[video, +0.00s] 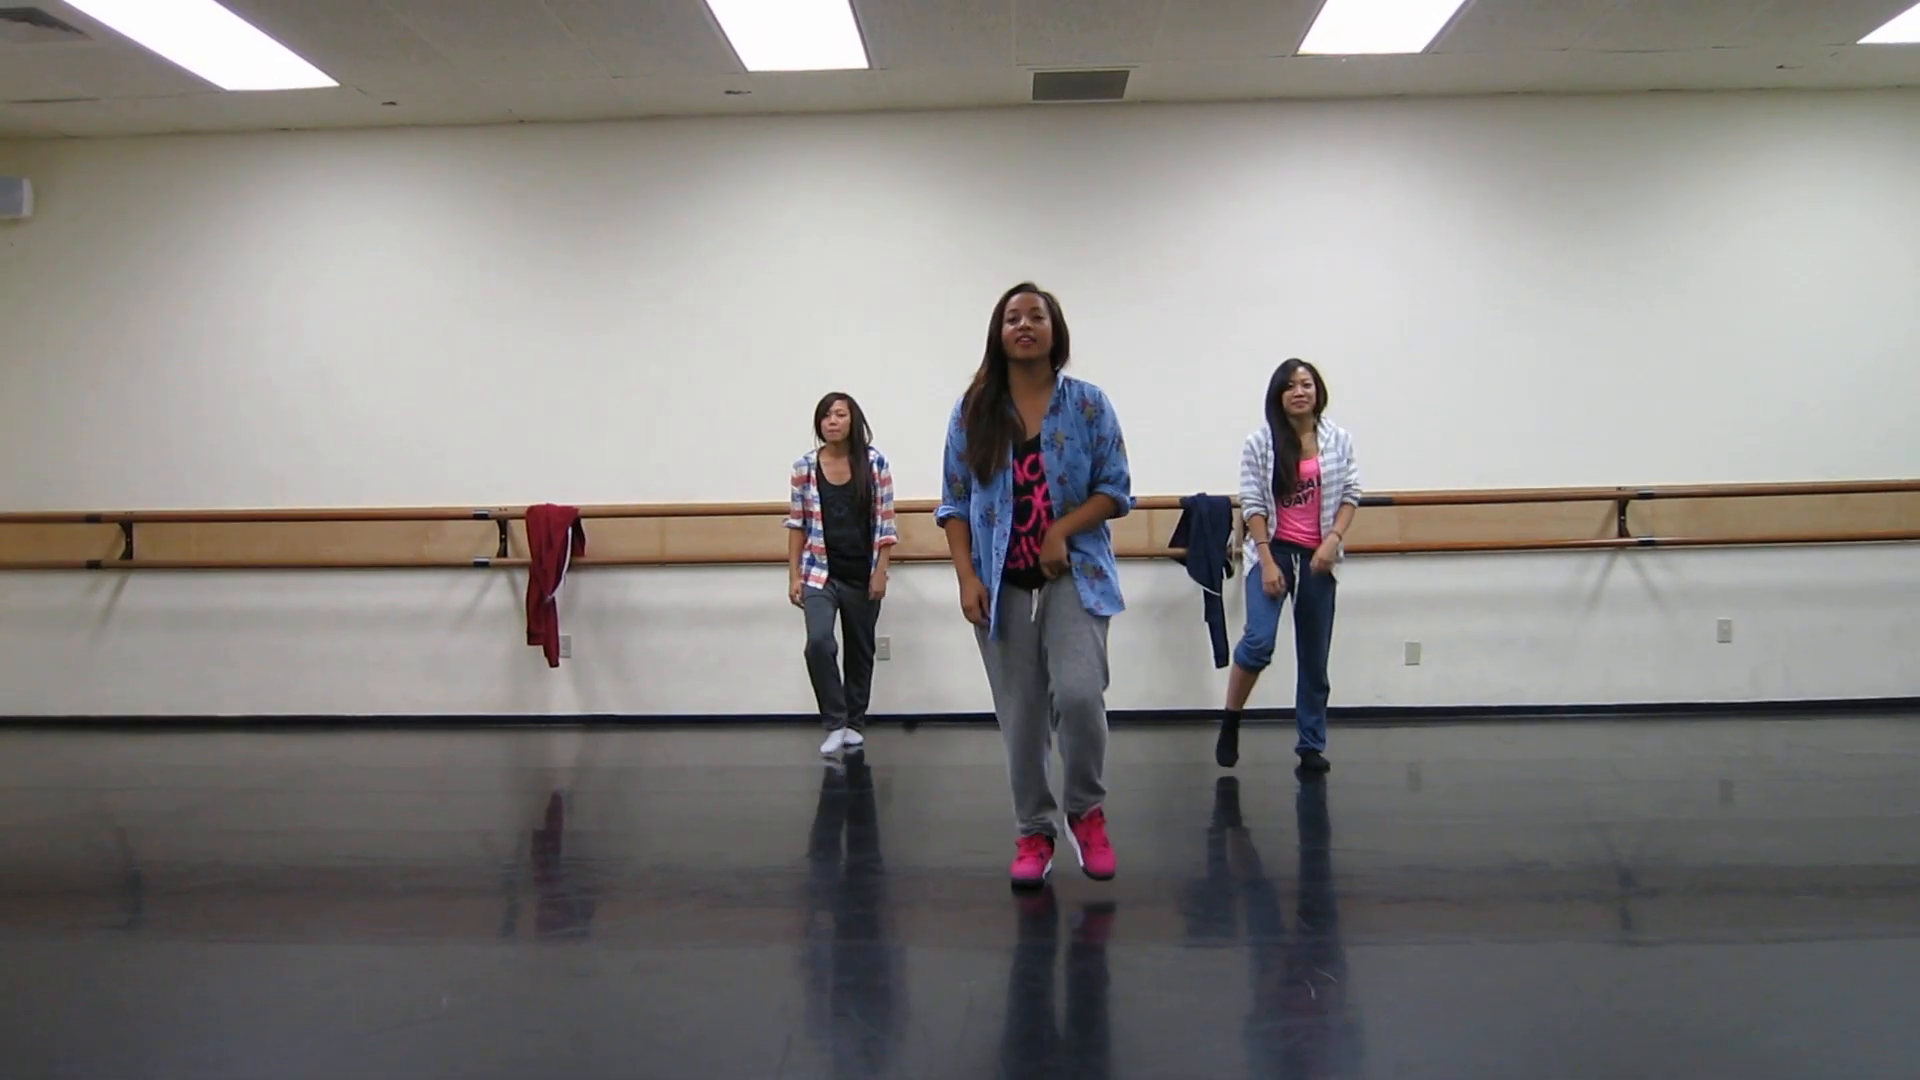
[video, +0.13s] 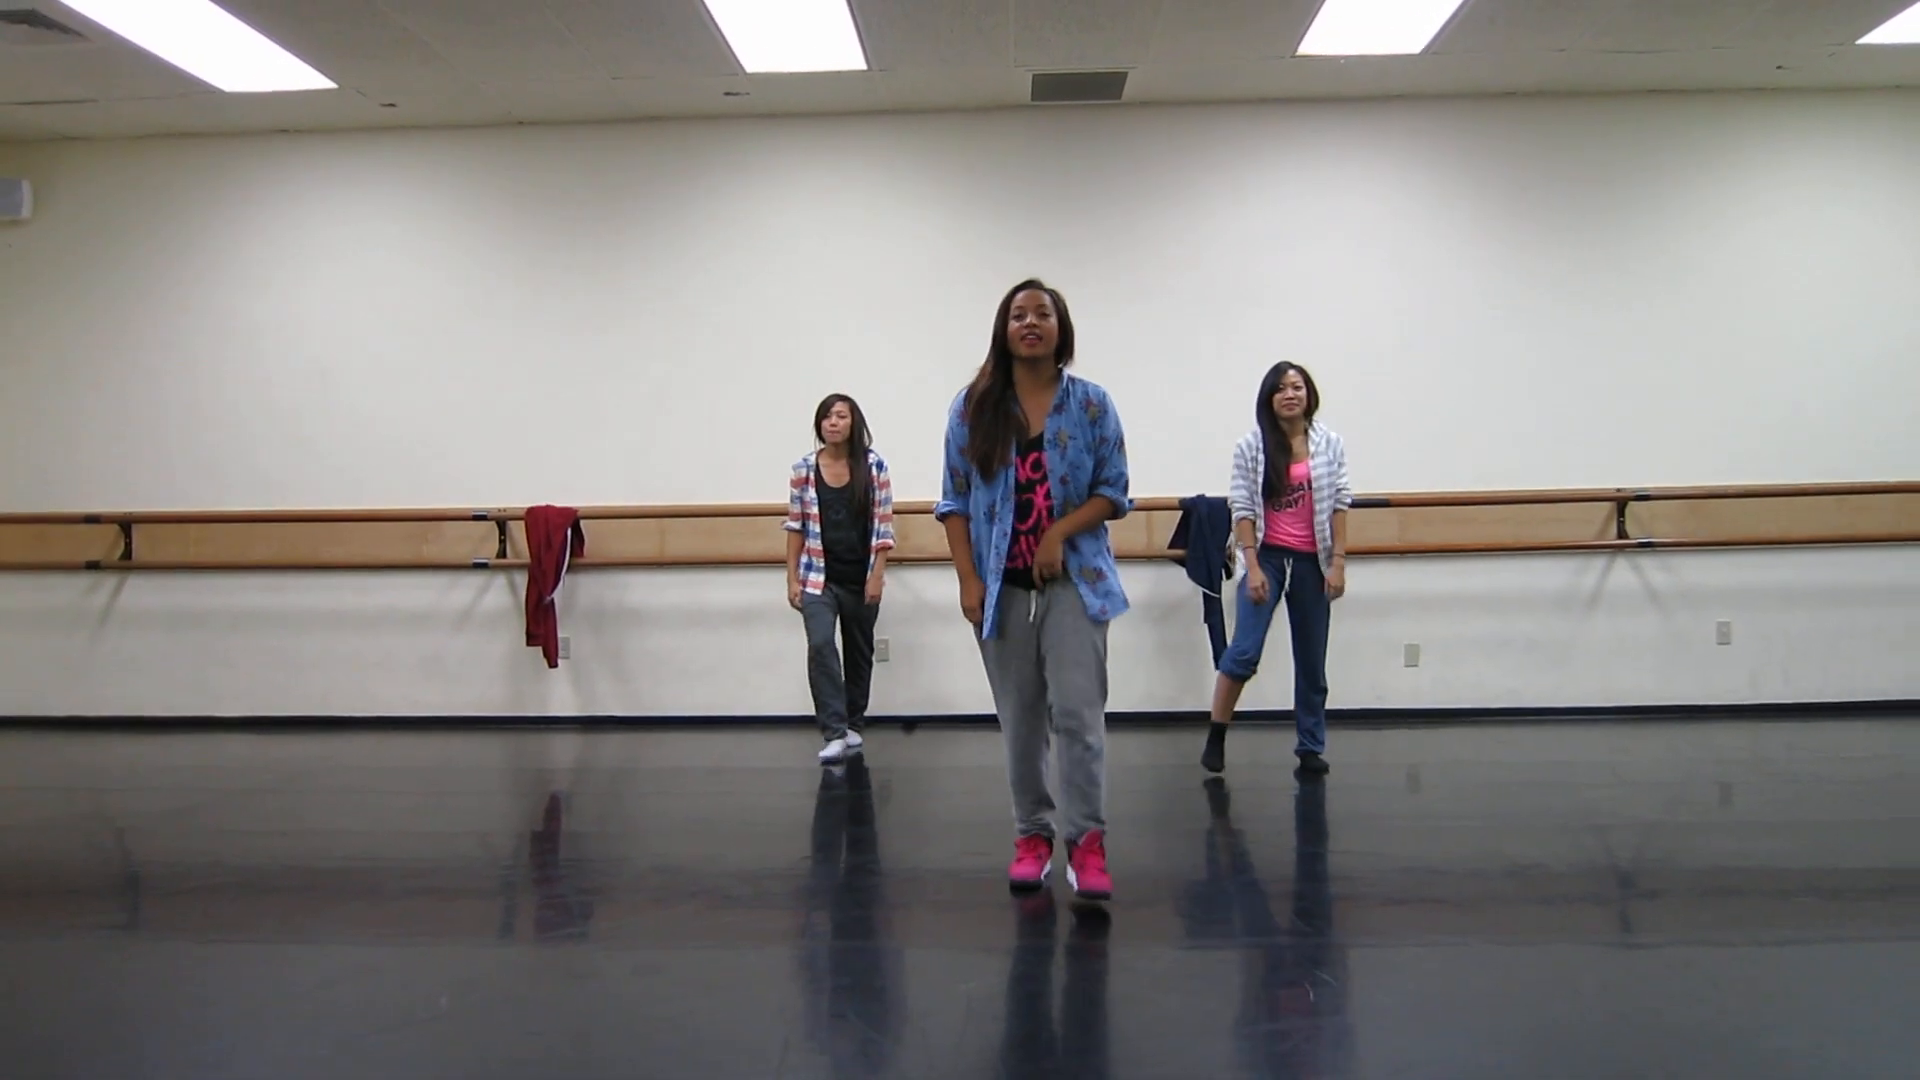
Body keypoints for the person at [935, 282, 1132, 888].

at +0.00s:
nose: (1024, 324)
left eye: (1036, 316)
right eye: (1013, 317)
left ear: (1056, 331)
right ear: (997, 334)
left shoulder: (1087, 402)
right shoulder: (972, 410)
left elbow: (1116, 490)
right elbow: (954, 502)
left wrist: (1062, 528)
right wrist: (966, 576)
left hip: (1074, 576)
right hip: (1002, 583)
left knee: (1078, 694)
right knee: (1019, 714)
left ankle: (1086, 815)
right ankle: (1034, 831)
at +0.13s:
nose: (1030, 322)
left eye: (1042, 314)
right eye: (1019, 315)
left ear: (1061, 329)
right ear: (1002, 331)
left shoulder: (1090, 402)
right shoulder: (972, 405)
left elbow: (1114, 494)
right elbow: (952, 501)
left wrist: (1059, 530)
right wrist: (967, 577)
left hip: (1073, 583)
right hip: (1001, 587)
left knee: (1078, 714)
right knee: (1018, 718)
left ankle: (1087, 841)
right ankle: (1032, 835)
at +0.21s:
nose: (1036, 327)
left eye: (1048, 318)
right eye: (1024, 319)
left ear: (1067, 333)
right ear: (1007, 334)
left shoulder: (1094, 408)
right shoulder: (974, 409)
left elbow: (1115, 499)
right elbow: (953, 504)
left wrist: (1062, 539)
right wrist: (965, 583)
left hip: (1073, 591)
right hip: (1000, 594)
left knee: (1073, 727)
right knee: (1017, 725)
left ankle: (1085, 851)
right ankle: (1031, 838)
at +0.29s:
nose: (1042, 329)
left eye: (1053, 320)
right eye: (1030, 321)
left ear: (1072, 334)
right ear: (1013, 335)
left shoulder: (1098, 413)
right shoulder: (980, 410)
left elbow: (1120, 507)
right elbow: (955, 507)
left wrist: (1067, 547)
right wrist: (962, 587)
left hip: (1074, 597)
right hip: (999, 598)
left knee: (1069, 730)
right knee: (1016, 729)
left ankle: (1082, 854)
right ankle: (1029, 840)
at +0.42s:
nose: (1051, 327)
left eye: (1062, 318)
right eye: (1039, 318)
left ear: (1081, 332)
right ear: (1021, 333)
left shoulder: (1106, 414)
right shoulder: (985, 406)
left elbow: (1131, 505)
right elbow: (955, 498)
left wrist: (1088, 542)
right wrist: (961, 576)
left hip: (1074, 598)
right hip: (1001, 600)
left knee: (1072, 729)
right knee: (1019, 730)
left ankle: (1086, 854)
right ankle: (1030, 841)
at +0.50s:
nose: (1058, 326)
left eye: (1070, 318)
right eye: (1046, 318)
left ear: (1088, 333)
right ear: (1028, 335)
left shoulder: (1114, 417)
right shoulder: (992, 409)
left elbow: (1142, 506)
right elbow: (955, 499)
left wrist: (1108, 549)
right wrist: (959, 573)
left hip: (1078, 600)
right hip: (1004, 601)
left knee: (1074, 727)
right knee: (1019, 729)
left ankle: (1085, 854)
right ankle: (1029, 839)